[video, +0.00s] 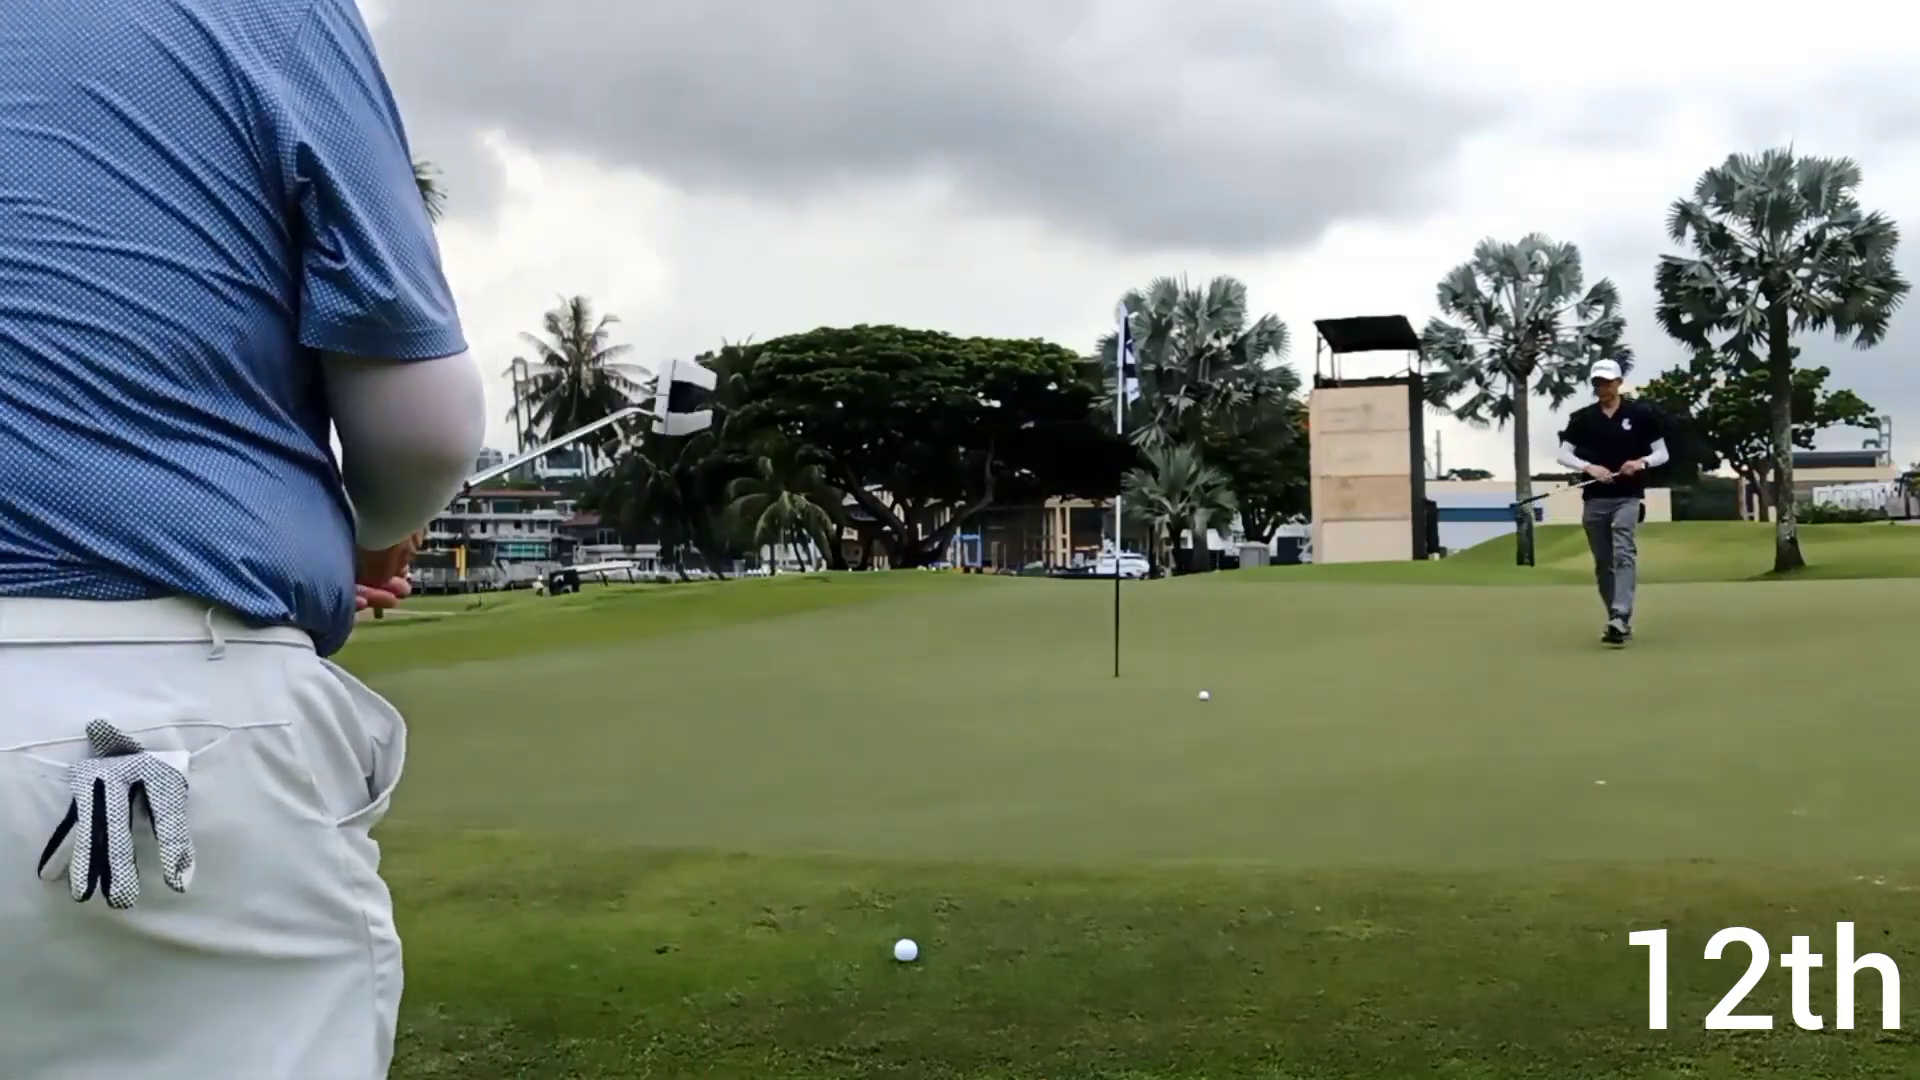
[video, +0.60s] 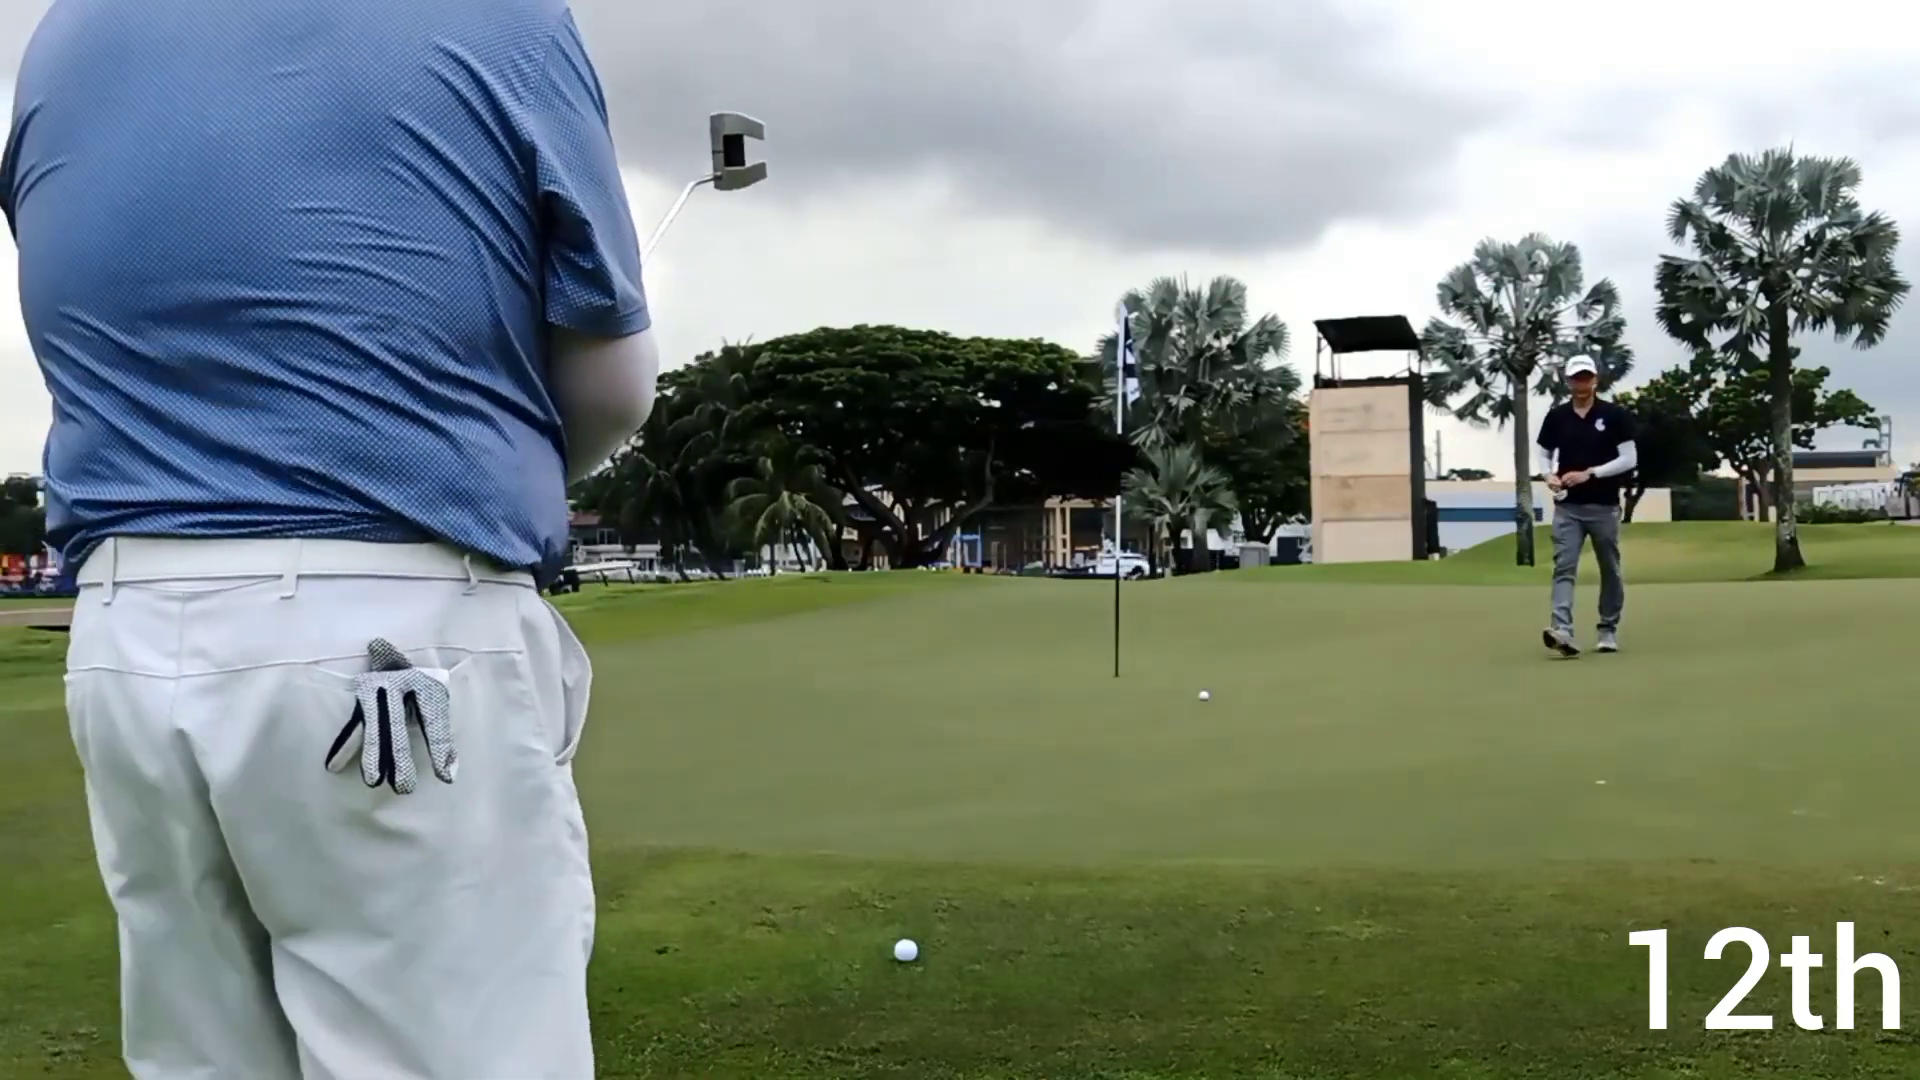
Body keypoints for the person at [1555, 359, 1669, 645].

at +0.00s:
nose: (1603, 388)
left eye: (1608, 382)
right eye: (1598, 383)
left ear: (1620, 383)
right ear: (1593, 385)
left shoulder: (1640, 414)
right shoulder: (1582, 418)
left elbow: (1662, 454)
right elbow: (1563, 455)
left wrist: (1640, 463)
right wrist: (1589, 468)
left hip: (1628, 499)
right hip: (1595, 500)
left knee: (1623, 554)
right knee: (1603, 562)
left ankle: (1620, 616)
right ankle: (1617, 617)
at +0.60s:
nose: (1582, 383)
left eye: (1587, 377)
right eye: (1576, 377)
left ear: (1596, 379)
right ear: (1567, 381)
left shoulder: (1615, 416)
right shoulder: (1556, 417)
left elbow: (1629, 459)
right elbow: (1544, 456)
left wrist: (1589, 473)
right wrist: (1550, 475)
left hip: (1604, 508)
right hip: (1567, 508)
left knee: (1610, 570)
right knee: (1564, 567)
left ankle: (1608, 630)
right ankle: (1562, 630)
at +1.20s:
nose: (1530, 386)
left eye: (1536, 380)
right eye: (1527, 381)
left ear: (1553, 379)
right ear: (1525, 382)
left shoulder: (1577, 417)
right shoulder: (1516, 420)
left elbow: (1598, 461)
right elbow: (1504, 461)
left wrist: (1586, 484)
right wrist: (1502, 495)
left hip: (1561, 510)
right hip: (1526, 511)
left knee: (1557, 572)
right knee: (1537, 579)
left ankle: (1553, 643)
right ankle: (1561, 635)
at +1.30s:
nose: (1524, 385)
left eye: (1530, 379)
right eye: (1522, 379)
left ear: (1548, 378)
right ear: (1521, 381)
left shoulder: (1573, 417)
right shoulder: (1513, 419)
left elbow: (1595, 461)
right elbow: (1501, 466)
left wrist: (1582, 484)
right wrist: (1494, 503)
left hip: (1557, 508)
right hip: (1521, 511)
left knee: (1553, 571)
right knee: (1522, 578)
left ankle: (1553, 645)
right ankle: (1551, 622)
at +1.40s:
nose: (1515, 380)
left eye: (1521, 374)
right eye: (1513, 374)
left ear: (1539, 373)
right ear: (1514, 375)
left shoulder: (1564, 410)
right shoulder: (1508, 412)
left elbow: (1589, 456)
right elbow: (1498, 460)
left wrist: (1571, 477)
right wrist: (1488, 502)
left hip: (1549, 508)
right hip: (1512, 509)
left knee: (1551, 574)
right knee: (1508, 574)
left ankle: (1553, 647)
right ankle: (1536, 623)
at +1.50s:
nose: (1508, 376)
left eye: (1514, 369)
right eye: (1505, 370)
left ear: (1532, 367)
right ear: (1504, 371)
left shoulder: (1556, 402)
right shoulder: (1501, 407)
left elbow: (1580, 450)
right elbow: (1492, 455)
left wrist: (1551, 466)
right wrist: (1482, 500)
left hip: (1544, 507)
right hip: (1504, 505)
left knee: (1551, 577)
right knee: (1495, 565)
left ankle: (1552, 647)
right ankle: (1516, 640)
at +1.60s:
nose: (1504, 375)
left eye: (1510, 367)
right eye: (1499, 369)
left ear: (1526, 366)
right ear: (1495, 372)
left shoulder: (1547, 403)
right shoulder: (1492, 408)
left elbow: (1567, 449)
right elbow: (1483, 458)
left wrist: (1531, 459)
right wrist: (1475, 505)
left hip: (1537, 508)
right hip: (1497, 507)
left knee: (1549, 579)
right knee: (1487, 571)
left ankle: (1551, 648)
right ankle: (1488, 650)